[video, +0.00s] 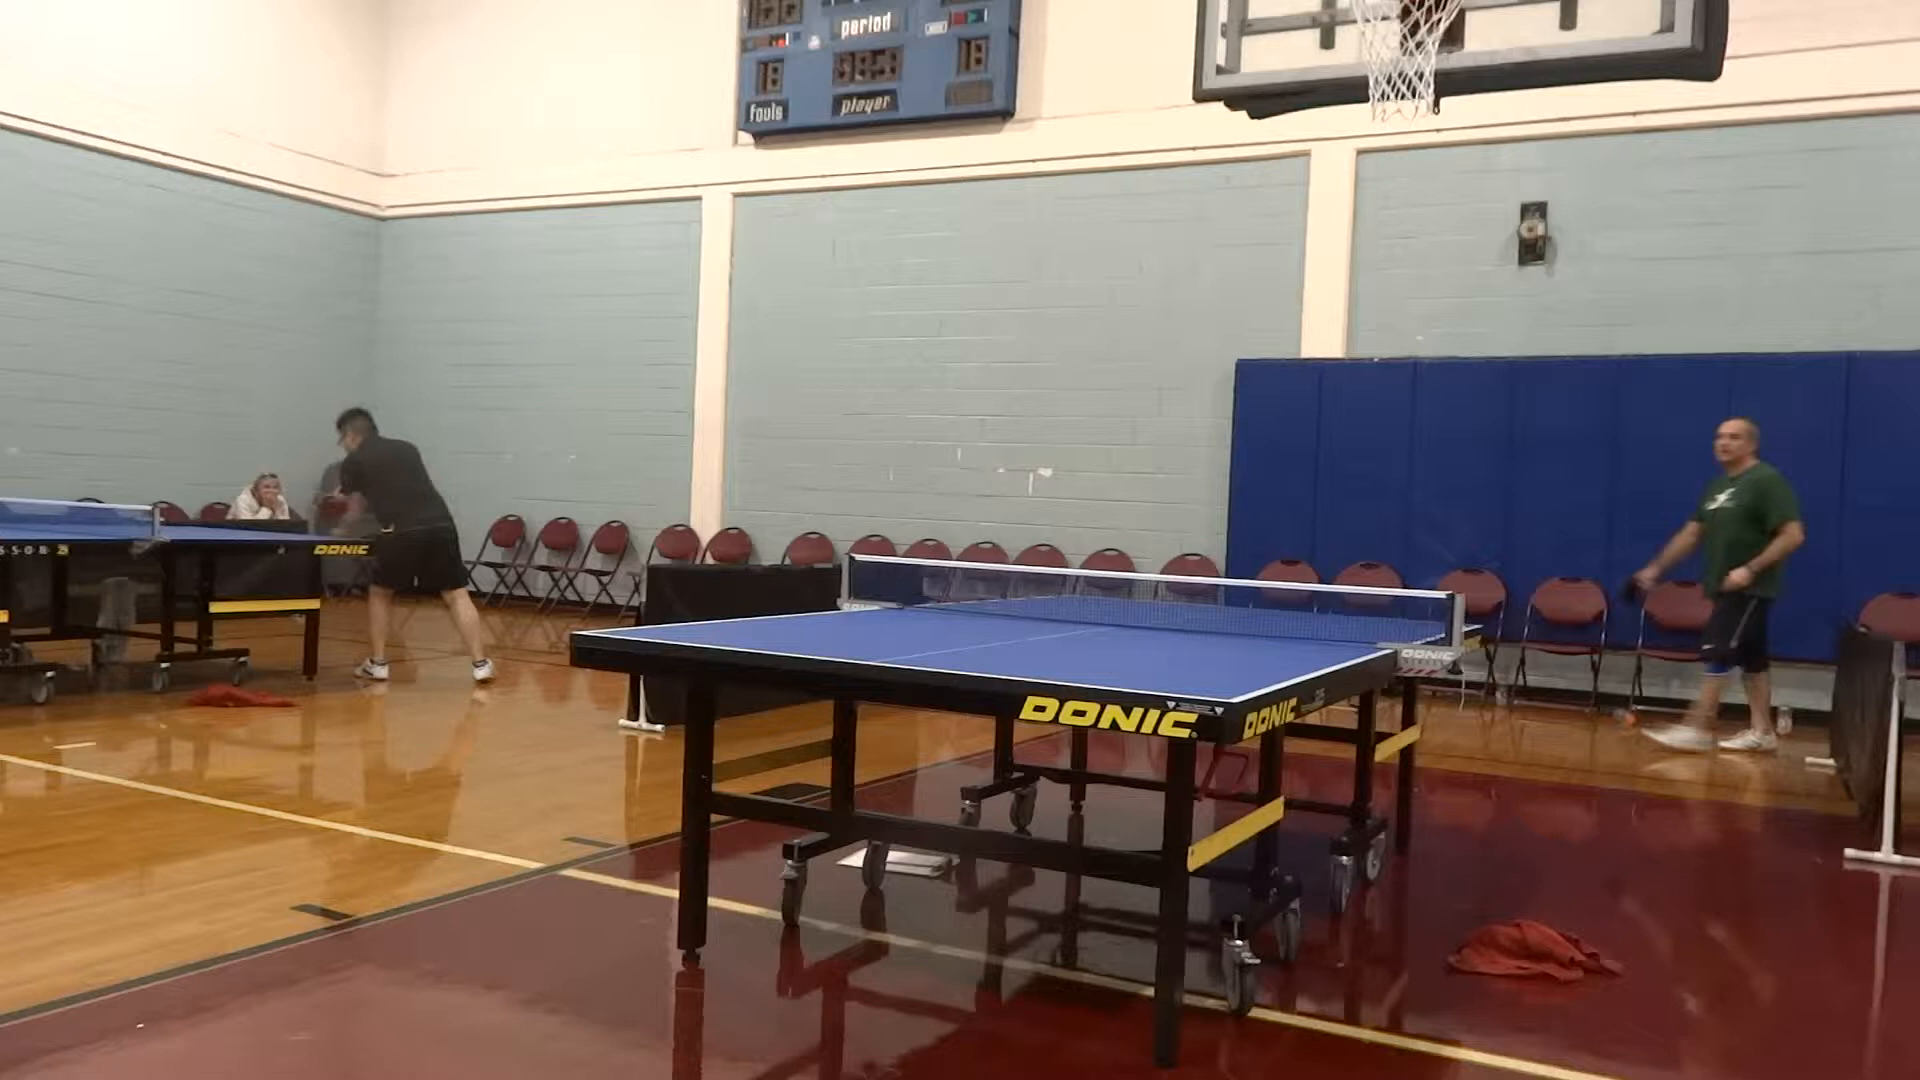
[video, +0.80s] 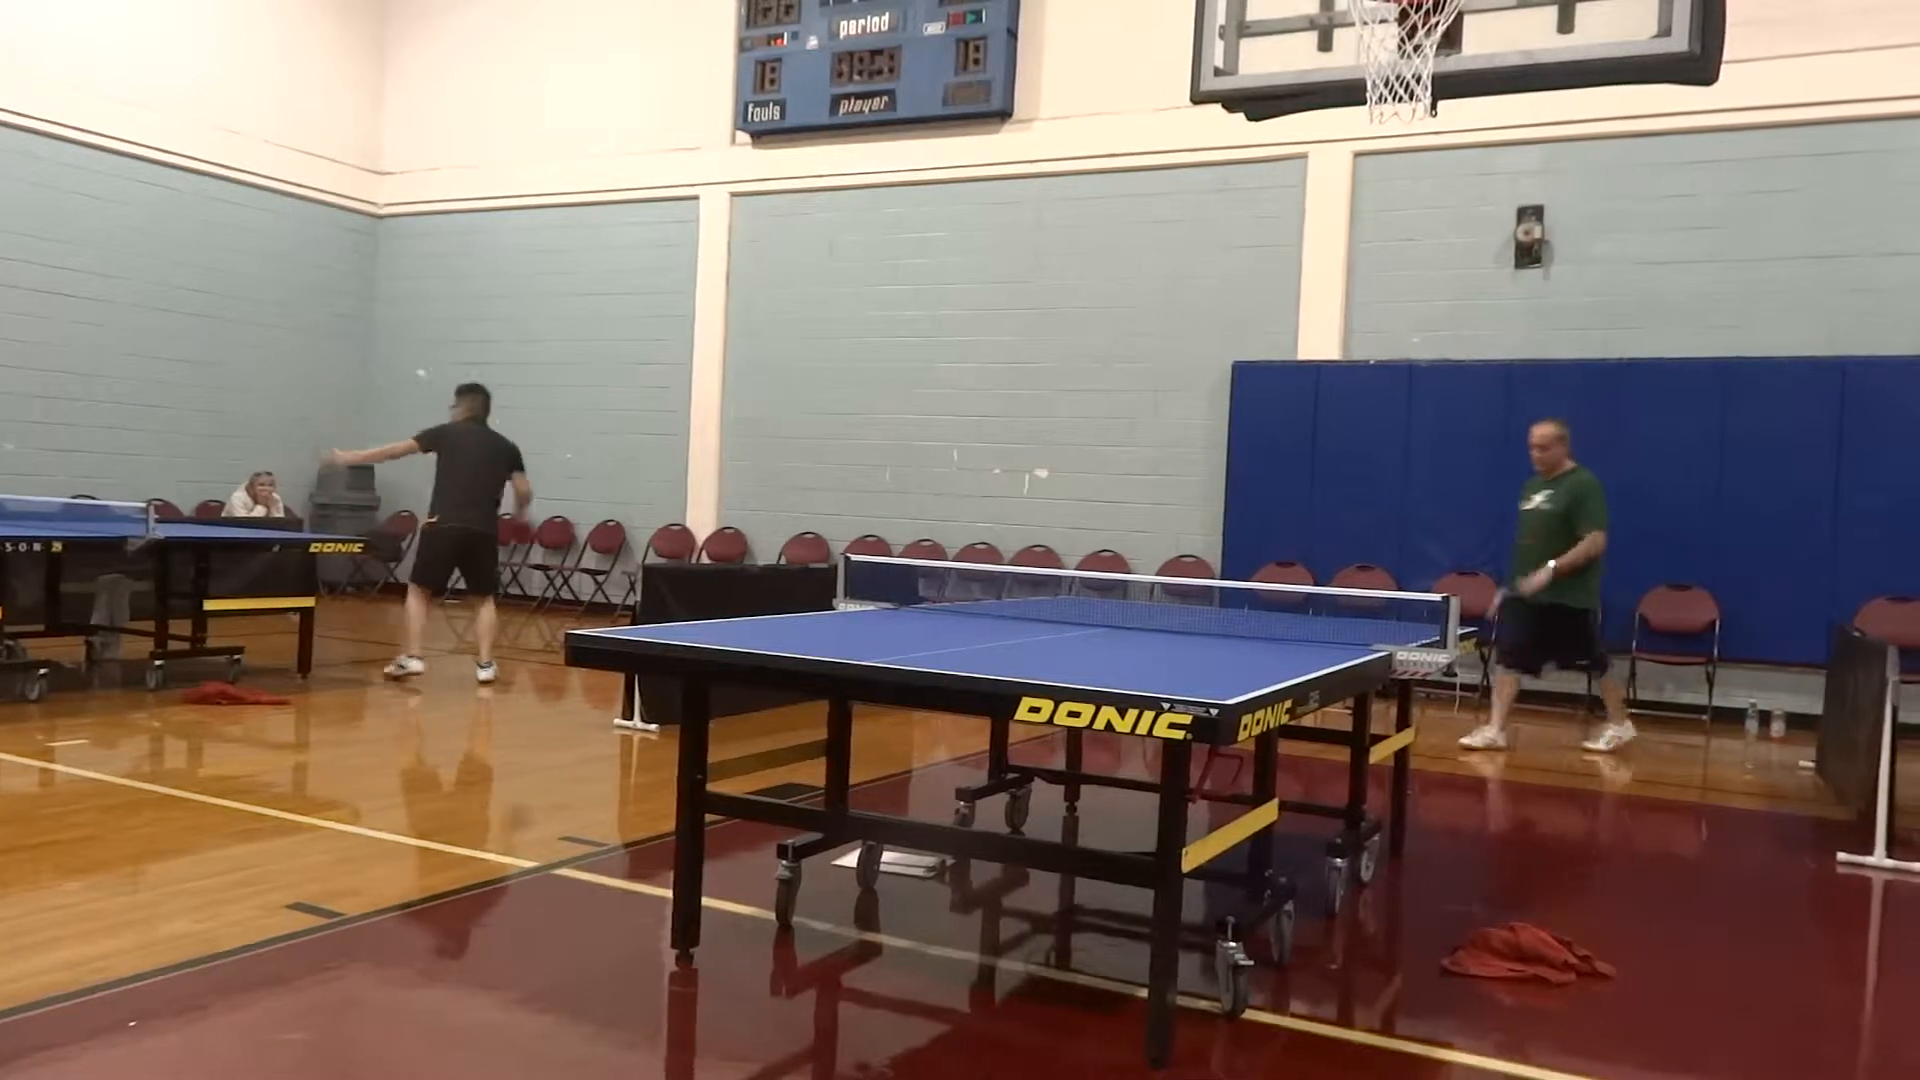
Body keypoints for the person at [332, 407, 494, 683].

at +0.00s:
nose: (343, 444)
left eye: (344, 438)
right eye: (342, 438)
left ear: (354, 435)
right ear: (373, 430)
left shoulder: (356, 460)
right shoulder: (406, 447)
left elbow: (355, 508)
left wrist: (341, 531)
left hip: (402, 535)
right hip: (441, 530)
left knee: (379, 593)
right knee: (457, 595)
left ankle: (378, 663)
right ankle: (481, 663)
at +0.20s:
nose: (368, 434)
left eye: (368, 427)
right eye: (366, 428)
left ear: (376, 424)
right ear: (397, 421)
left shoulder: (374, 454)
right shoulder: (427, 442)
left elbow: (370, 502)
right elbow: (427, 482)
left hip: (408, 533)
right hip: (448, 530)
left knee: (384, 592)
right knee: (465, 594)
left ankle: (379, 662)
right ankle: (488, 662)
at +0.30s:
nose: (390, 425)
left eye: (391, 419)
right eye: (390, 419)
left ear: (399, 418)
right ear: (420, 416)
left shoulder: (393, 445)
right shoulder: (446, 441)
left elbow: (374, 474)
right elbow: (438, 477)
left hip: (415, 535)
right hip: (455, 535)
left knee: (387, 592)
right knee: (472, 597)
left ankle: (379, 662)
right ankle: (490, 664)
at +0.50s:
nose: (433, 415)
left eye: (436, 410)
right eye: (434, 410)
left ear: (444, 411)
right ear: (465, 412)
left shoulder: (429, 434)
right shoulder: (485, 445)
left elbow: (380, 442)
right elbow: (471, 474)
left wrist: (353, 432)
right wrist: (422, 449)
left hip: (431, 531)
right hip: (472, 534)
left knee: (403, 589)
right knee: (481, 597)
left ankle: (378, 656)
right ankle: (489, 665)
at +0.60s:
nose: (447, 411)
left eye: (450, 407)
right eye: (449, 406)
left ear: (460, 408)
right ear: (479, 410)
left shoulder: (442, 432)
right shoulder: (497, 445)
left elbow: (391, 438)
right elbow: (488, 487)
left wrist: (347, 432)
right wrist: (437, 467)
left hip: (438, 529)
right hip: (478, 534)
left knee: (409, 590)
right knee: (482, 597)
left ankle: (383, 655)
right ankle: (488, 665)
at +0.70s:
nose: (453, 411)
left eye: (456, 405)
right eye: (455, 405)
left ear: (464, 407)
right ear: (486, 410)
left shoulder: (446, 432)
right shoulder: (503, 447)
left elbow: (390, 442)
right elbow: (508, 494)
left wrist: (346, 439)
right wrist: (478, 487)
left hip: (441, 529)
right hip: (480, 534)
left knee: (415, 589)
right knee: (484, 598)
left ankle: (396, 659)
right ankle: (487, 666)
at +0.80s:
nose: (452, 410)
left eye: (455, 405)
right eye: (454, 405)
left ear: (463, 408)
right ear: (486, 411)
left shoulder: (447, 433)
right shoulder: (506, 447)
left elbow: (395, 451)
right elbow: (524, 491)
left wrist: (350, 457)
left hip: (442, 530)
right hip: (483, 534)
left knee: (418, 590)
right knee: (485, 598)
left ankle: (413, 657)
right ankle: (486, 665)